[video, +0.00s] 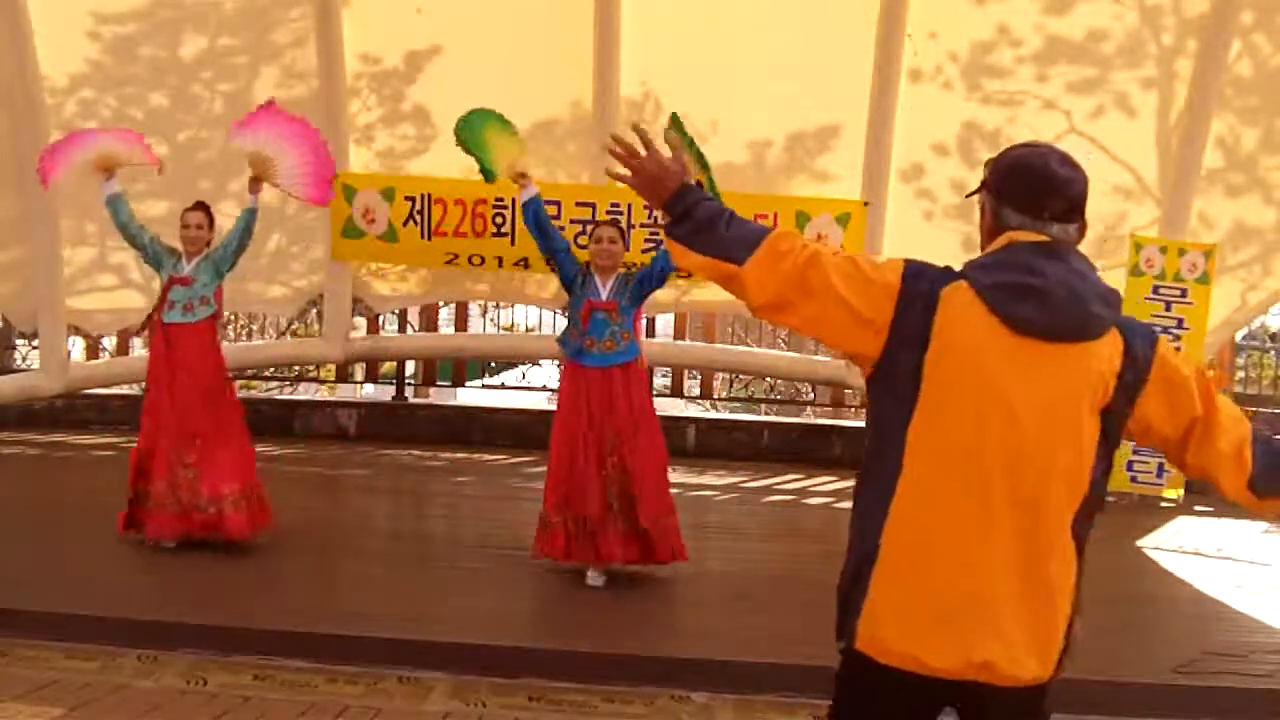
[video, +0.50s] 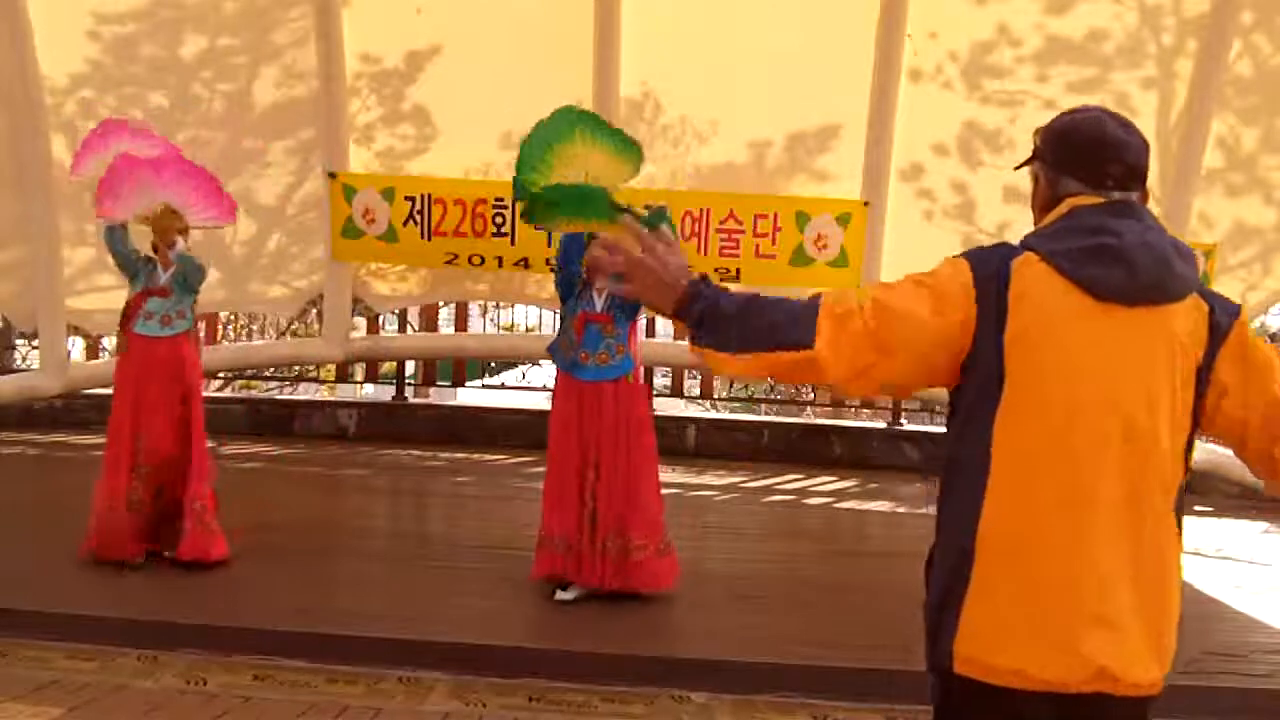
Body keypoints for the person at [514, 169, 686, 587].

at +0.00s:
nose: (605, 247)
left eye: (613, 242)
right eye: (598, 241)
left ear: (624, 251)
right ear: (588, 248)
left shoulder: (634, 286)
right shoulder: (577, 281)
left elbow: (670, 259)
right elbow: (548, 240)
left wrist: (692, 219)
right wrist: (528, 190)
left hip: (624, 386)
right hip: (583, 385)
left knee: (625, 464)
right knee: (586, 465)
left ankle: (620, 551)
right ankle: (594, 555)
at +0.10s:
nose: (607, 251)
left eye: (615, 245)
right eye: (600, 244)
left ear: (625, 253)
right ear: (588, 251)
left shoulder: (634, 287)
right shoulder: (577, 283)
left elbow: (662, 263)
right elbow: (553, 239)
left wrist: (668, 214)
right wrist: (541, 185)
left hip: (625, 389)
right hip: (583, 388)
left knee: (624, 467)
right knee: (585, 466)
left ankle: (616, 556)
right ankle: (590, 556)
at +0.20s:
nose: (606, 252)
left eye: (614, 246)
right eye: (600, 245)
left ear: (624, 254)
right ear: (587, 251)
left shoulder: (633, 289)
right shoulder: (576, 284)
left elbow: (654, 265)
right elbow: (560, 242)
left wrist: (659, 222)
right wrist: (554, 187)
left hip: (622, 389)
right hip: (580, 388)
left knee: (618, 471)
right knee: (576, 468)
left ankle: (608, 561)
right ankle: (570, 558)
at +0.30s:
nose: (607, 254)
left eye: (614, 248)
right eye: (600, 247)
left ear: (624, 256)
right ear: (587, 253)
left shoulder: (631, 291)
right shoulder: (576, 286)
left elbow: (647, 270)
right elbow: (562, 245)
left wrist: (646, 230)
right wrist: (565, 191)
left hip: (623, 395)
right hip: (579, 393)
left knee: (624, 474)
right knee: (576, 473)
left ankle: (623, 564)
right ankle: (575, 565)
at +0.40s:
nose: (605, 259)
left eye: (613, 253)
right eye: (598, 251)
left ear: (622, 259)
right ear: (585, 255)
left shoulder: (629, 295)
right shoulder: (574, 289)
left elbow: (642, 279)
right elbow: (567, 254)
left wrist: (630, 241)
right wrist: (571, 207)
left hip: (622, 398)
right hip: (578, 396)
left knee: (624, 479)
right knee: (576, 478)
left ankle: (623, 569)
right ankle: (577, 570)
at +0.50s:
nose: (605, 259)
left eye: (613, 253)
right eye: (599, 251)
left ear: (624, 263)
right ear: (585, 256)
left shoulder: (628, 299)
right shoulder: (571, 292)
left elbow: (655, 273)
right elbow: (568, 253)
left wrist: (654, 229)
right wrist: (584, 212)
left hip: (618, 402)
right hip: (576, 400)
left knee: (622, 483)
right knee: (576, 482)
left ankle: (623, 572)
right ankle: (579, 572)